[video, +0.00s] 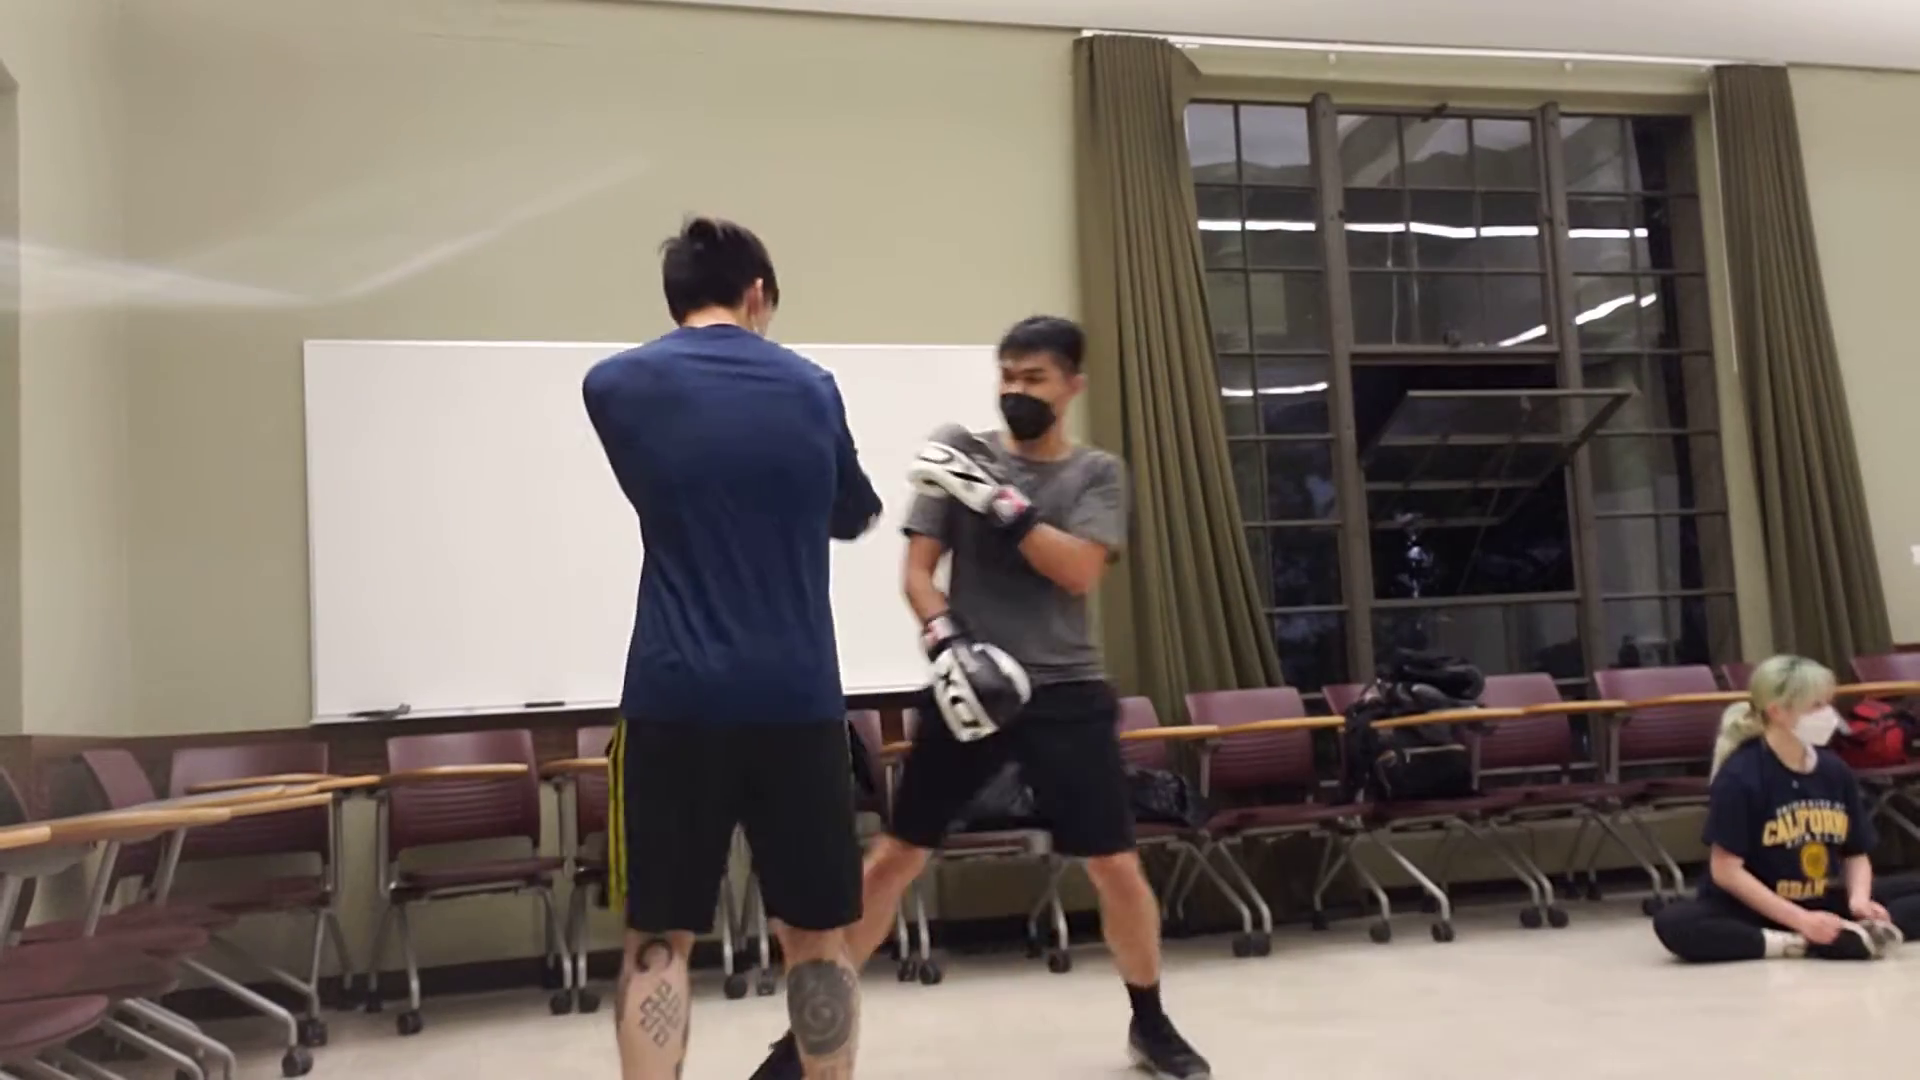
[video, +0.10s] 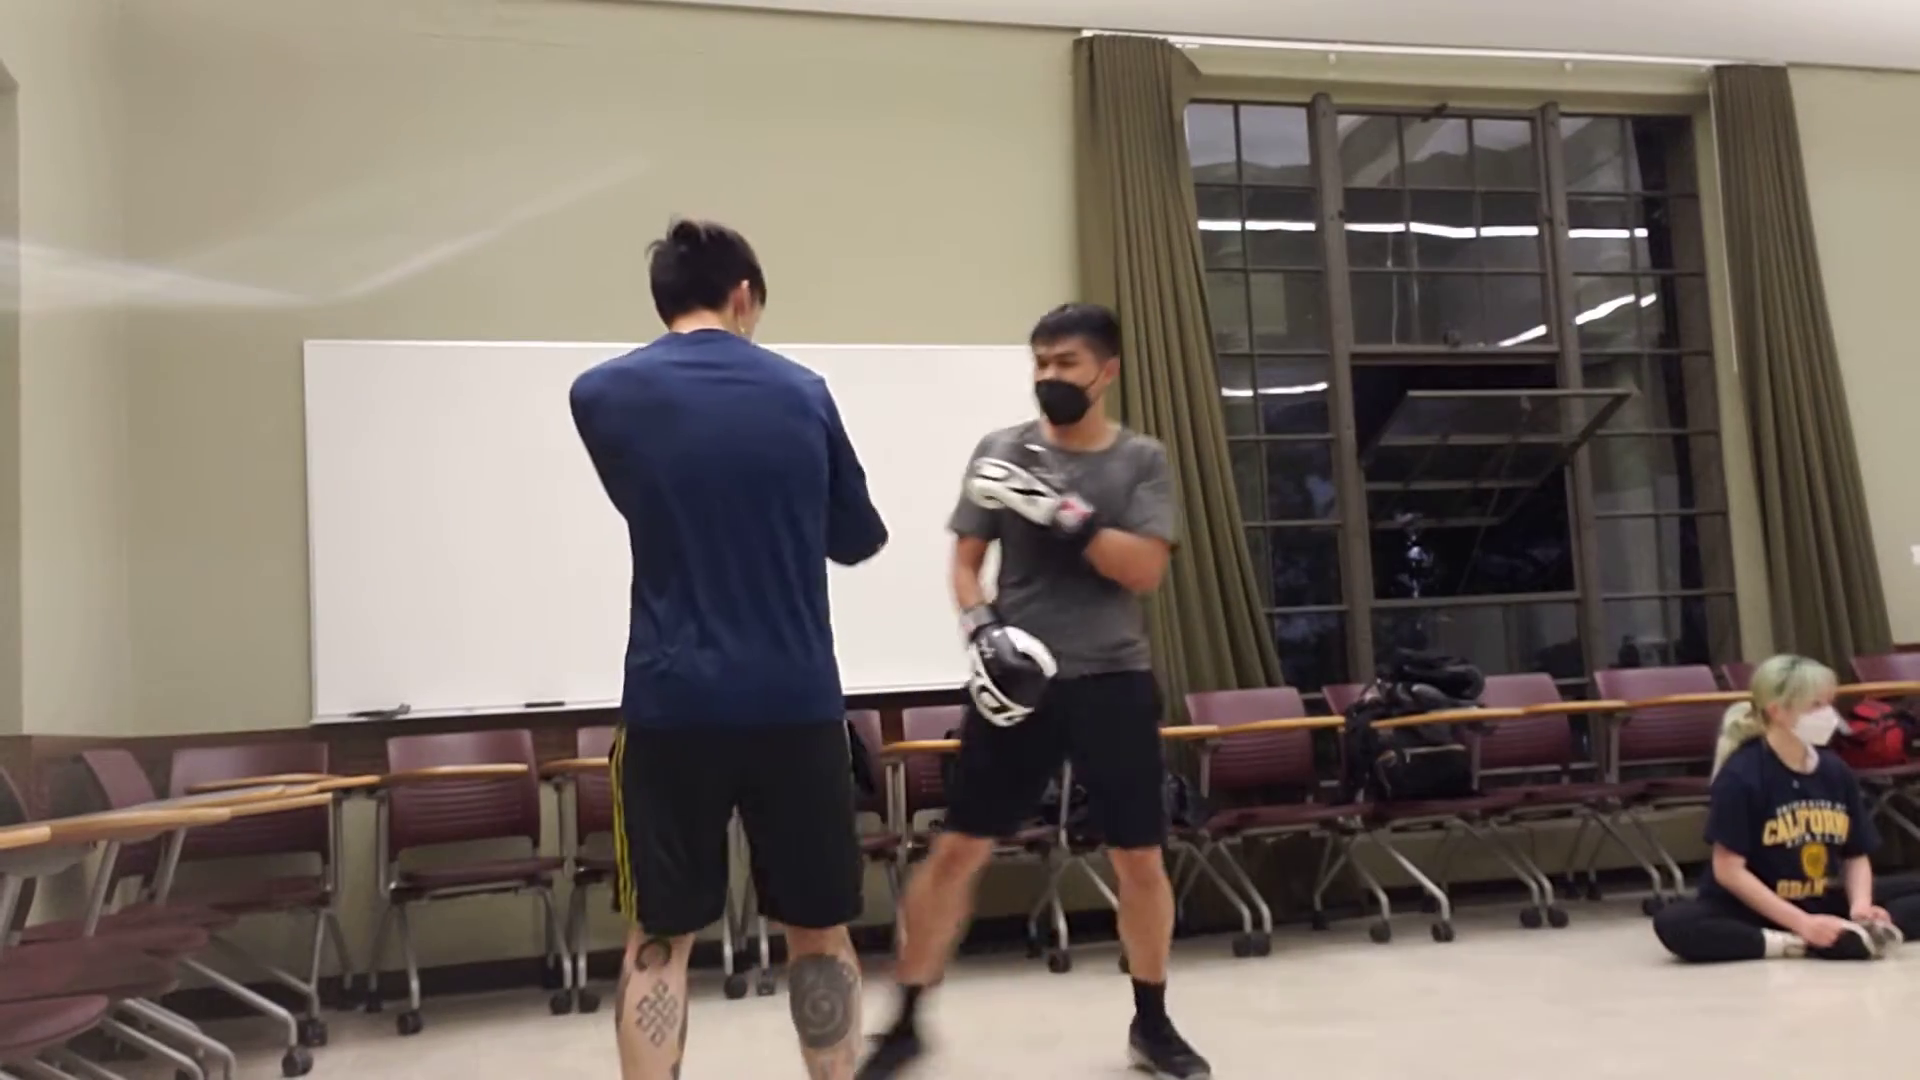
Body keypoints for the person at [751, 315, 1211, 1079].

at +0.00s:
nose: (1018, 392)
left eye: (1035, 379)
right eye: (1008, 379)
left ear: (1073, 385)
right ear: (996, 383)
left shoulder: (1097, 471)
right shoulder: (962, 455)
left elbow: (1081, 572)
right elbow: (917, 572)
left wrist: (998, 502)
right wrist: (946, 641)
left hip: (1067, 695)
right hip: (970, 692)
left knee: (1116, 865)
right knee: (892, 859)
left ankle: (1151, 1022)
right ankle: (811, 1029)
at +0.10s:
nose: (1050, 377)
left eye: (1067, 363)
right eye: (1041, 364)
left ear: (1108, 369)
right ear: (1030, 372)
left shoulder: (1142, 460)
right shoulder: (1003, 453)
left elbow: (1145, 570)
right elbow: (965, 561)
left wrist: (1064, 513)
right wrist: (980, 629)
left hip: (1112, 681)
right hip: (1017, 681)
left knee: (1140, 858)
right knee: (958, 849)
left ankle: (1151, 1021)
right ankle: (904, 1024)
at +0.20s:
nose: (1076, 351)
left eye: (1091, 337)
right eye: (1066, 338)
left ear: (1132, 340)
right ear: (1055, 343)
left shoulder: (1174, 434)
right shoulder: (1027, 428)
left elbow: (1200, 551)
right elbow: (1007, 540)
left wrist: (1129, 511)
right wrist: (1018, 623)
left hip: (1143, 652)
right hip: (1051, 651)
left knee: (1166, 823)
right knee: (1026, 826)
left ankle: (1165, 1004)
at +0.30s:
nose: (1097, 348)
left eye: (1113, 335)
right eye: (1088, 335)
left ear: (1155, 336)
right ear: (1079, 336)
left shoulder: (1196, 426)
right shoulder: (1051, 421)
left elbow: (1230, 545)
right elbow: (1023, 534)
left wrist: (1190, 526)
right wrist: (1047, 624)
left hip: (1175, 640)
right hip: (1084, 642)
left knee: (1217, 808)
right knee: (1086, 822)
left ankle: (1217, 988)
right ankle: (1105, 992)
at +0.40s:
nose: (1126, 375)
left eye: (1143, 361)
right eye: (1117, 361)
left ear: (1186, 363)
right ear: (1108, 364)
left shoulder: (1225, 455)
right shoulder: (1079, 454)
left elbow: (1250, 576)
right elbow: (1047, 563)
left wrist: (1218, 548)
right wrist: (1078, 645)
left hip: (1211, 667)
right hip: (1117, 674)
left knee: (1274, 824)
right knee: (1118, 849)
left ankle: (1320, 993)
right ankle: (1121, 1006)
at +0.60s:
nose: (1210, 382)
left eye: (1224, 366)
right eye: (1199, 370)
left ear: (1267, 364)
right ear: (1189, 374)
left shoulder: (1321, 450)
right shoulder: (1167, 459)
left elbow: (1355, 569)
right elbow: (1150, 571)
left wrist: (1284, 536)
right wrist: (1161, 659)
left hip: (1307, 674)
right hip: (1206, 676)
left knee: (1367, 833)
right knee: (1170, 847)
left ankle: (1417, 1000)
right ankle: (1131, 1002)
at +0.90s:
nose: (1292, 370)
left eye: (1306, 352)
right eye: (1281, 357)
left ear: (1349, 346)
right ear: (1272, 361)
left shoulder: (1412, 426)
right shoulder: (1261, 440)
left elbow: (1453, 543)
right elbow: (1249, 553)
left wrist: (1382, 515)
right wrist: (1249, 641)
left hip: (1395, 657)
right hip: (1295, 660)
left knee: (1417, 826)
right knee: (1269, 826)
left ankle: (1423, 1003)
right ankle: (1251, 1007)